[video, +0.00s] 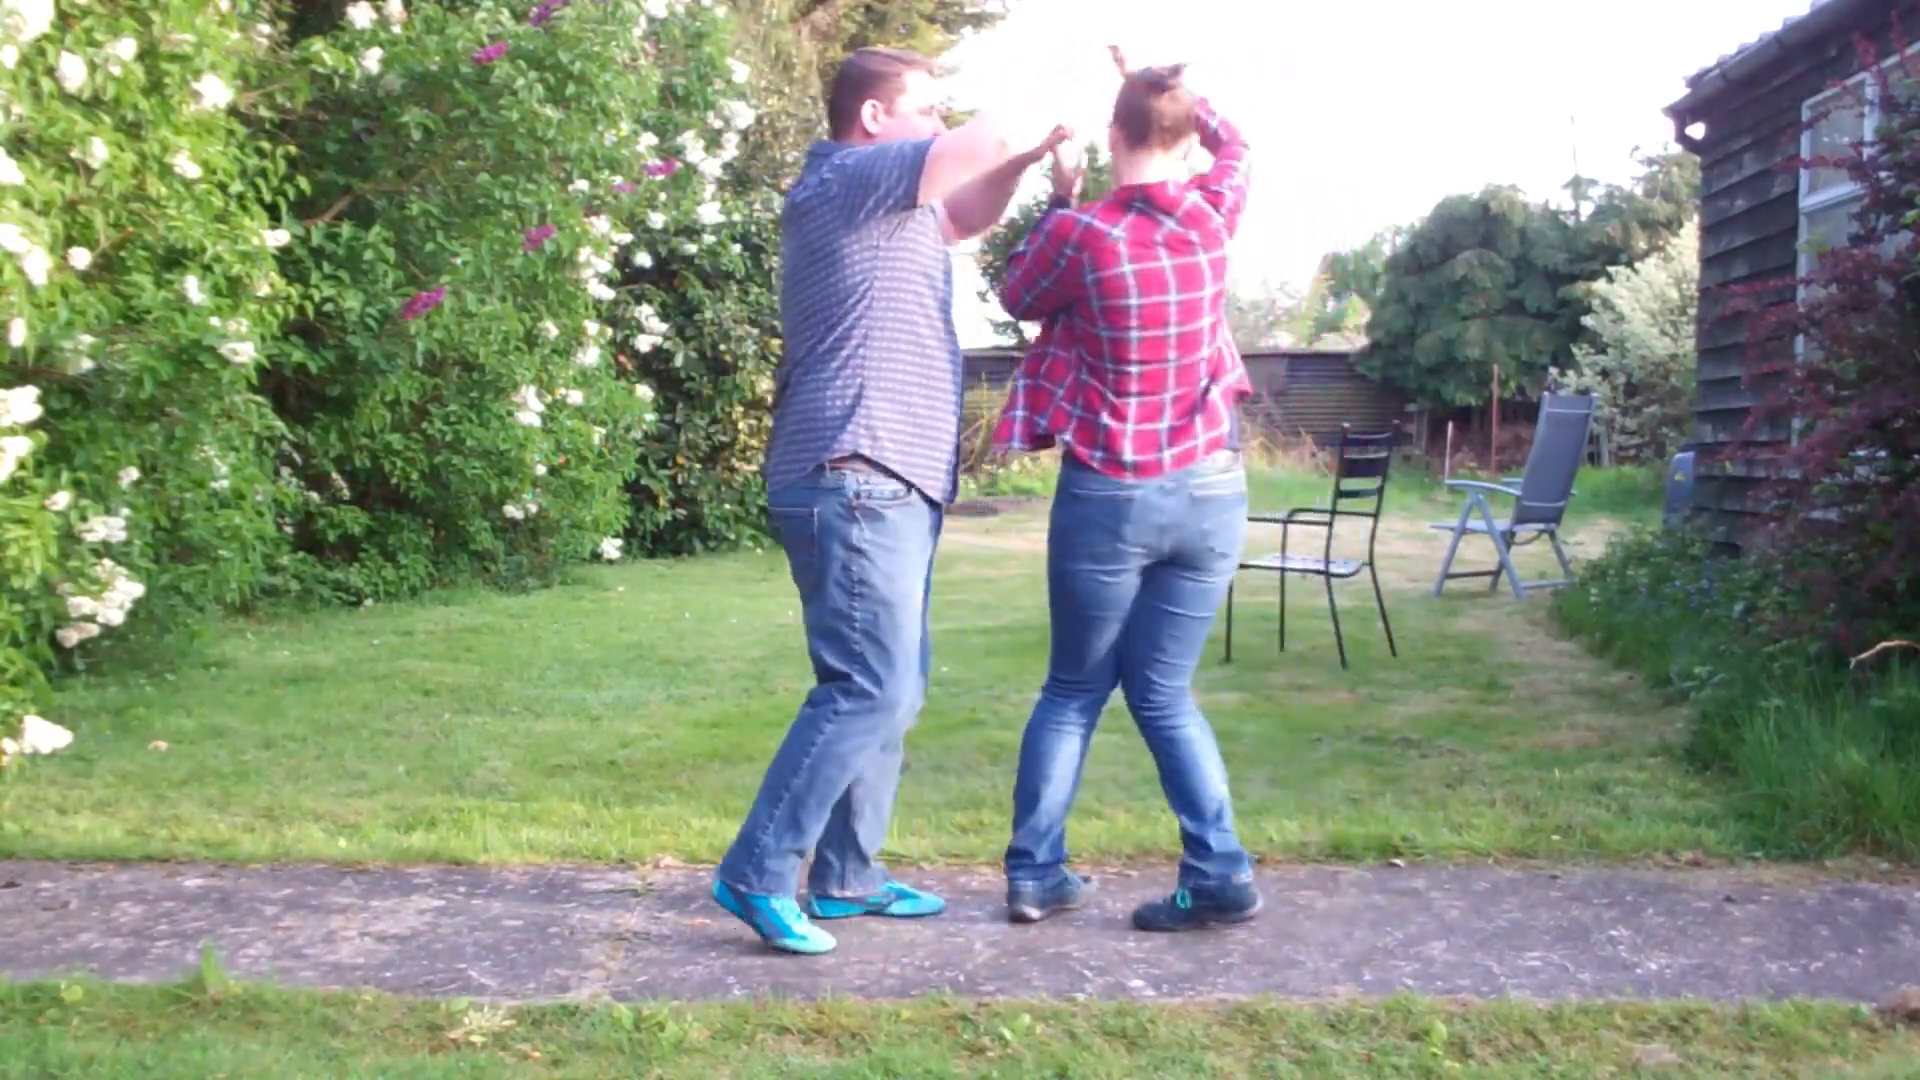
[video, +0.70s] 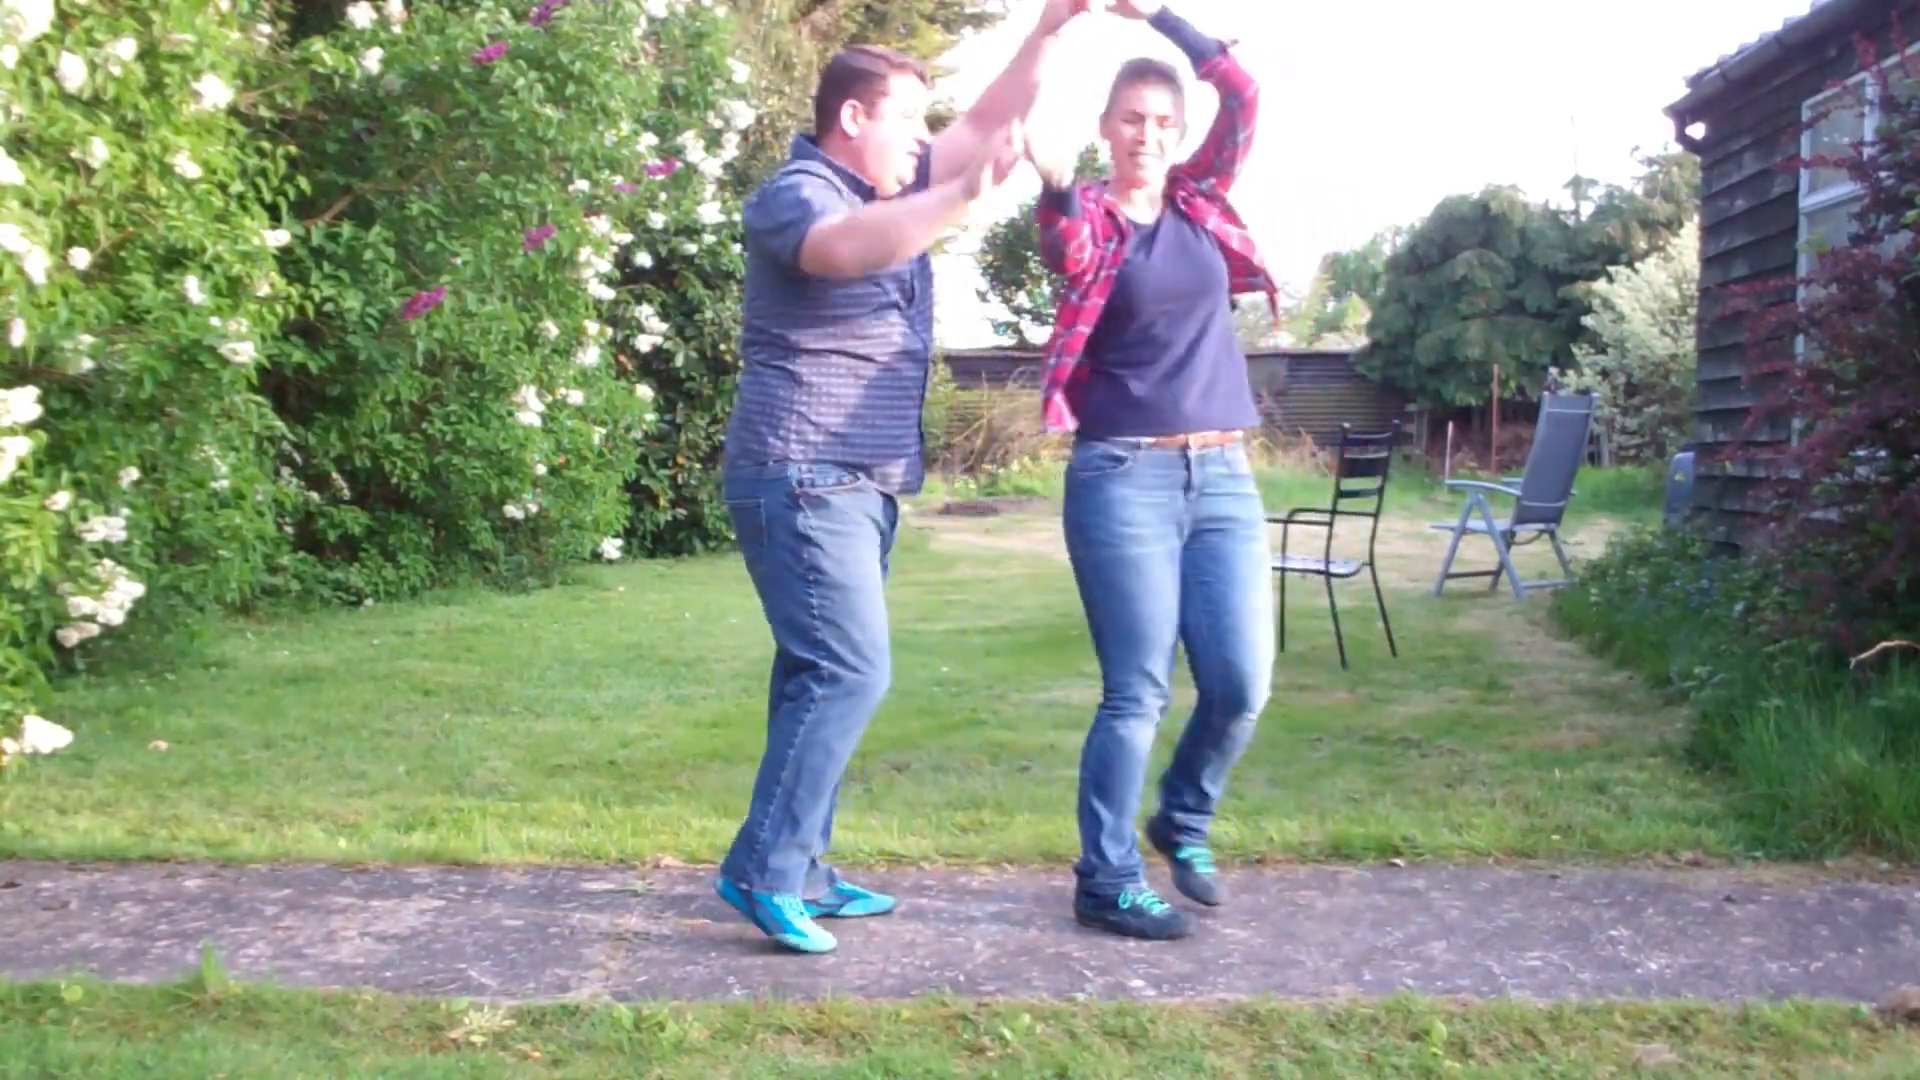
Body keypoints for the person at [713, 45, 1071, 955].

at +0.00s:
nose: (939, 124)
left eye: (937, 110)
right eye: (925, 110)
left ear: (871, 115)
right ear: (874, 114)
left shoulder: (887, 195)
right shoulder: (840, 179)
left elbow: (961, 215)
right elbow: (971, 146)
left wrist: (1027, 159)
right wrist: (1028, 126)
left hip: (895, 480)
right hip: (854, 476)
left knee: (892, 688)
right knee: (871, 689)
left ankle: (845, 873)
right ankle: (757, 871)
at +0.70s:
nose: (919, 130)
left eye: (921, 115)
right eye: (907, 114)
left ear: (874, 122)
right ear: (852, 117)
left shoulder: (892, 186)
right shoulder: (793, 192)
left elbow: (982, 129)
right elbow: (843, 250)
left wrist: (1046, 33)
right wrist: (965, 192)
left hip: (863, 481)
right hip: (800, 478)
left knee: (819, 675)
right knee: (852, 668)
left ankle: (797, 863)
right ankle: (762, 870)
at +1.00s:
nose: (936, 143)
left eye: (935, 126)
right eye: (923, 124)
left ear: (875, 123)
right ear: (867, 123)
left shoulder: (897, 196)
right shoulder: (831, 209)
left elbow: (994, 204)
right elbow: (869, 365)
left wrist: (1033, 153)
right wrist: (957, 419)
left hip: (852, 470)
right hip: (811, 470)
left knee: (805, 679)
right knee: (880, 666)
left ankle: (788, 879)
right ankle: (880, 883)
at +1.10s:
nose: (946, 142)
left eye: (944, 124)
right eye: (934, 123)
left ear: (885, 125)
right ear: (881, 123)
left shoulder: (899, 201)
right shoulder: (848, 207)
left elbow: (1004, 238)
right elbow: (921, 352)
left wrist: (1047, 205)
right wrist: (974, 345)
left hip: (854, 475)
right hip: (824, 474)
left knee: (809, 682)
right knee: (880, 676)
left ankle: (787, 877)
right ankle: (923, 881)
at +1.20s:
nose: (955, 140)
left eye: (953, 121)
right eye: (944, 121)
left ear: (896, 124)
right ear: (894, 122)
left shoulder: (910, 200)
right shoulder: (862, 199)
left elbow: (992, 261)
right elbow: (963, 304)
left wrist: (1053, 254)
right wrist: (996, 262)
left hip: (869, 476)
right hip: (842, 475)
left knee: (821, 686)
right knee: (896, 680)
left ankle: (789, 878)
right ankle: (937, 882)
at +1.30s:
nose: (972, 144)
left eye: (972, 128)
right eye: (961, 126)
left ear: (908, 124)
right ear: (910, 121)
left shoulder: (911, 205)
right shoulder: (879, 191)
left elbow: (996, 292)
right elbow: (1013, 250)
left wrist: (1069, 300)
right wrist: (1024, 191)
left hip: (877, 478)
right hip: (872, 478)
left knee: (844, 686)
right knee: (918, 682)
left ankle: (794, 873)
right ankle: (943, 887)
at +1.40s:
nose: (991, 127)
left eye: (989, 112)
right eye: (978, 111)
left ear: (929, 119)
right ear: (928, 117)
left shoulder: (943, 214)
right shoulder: (895, 182)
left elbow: (1010, 329)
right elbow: (1036, 201)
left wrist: (1083, 333)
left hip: (920, 475)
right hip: (897, 474)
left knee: (888, 684)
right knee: (942, 683)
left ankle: (807, 858)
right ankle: (948, 890)